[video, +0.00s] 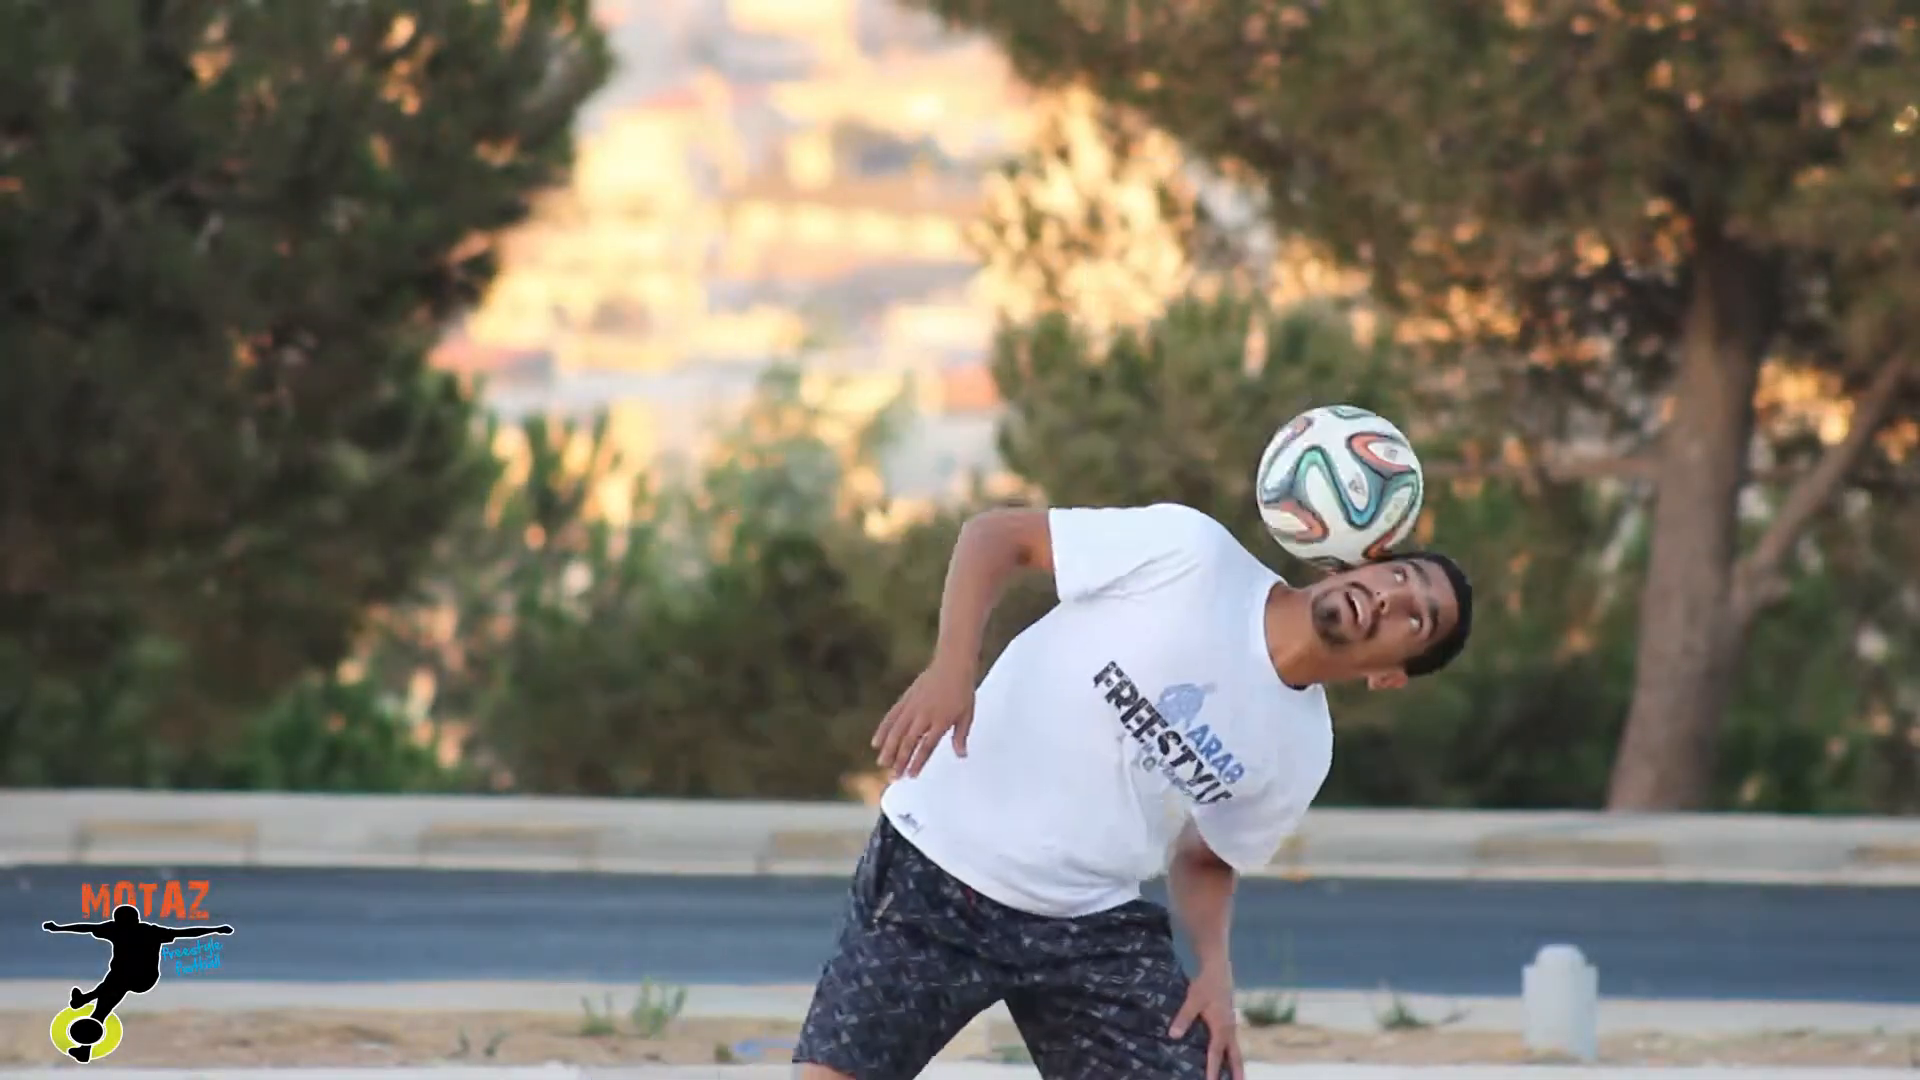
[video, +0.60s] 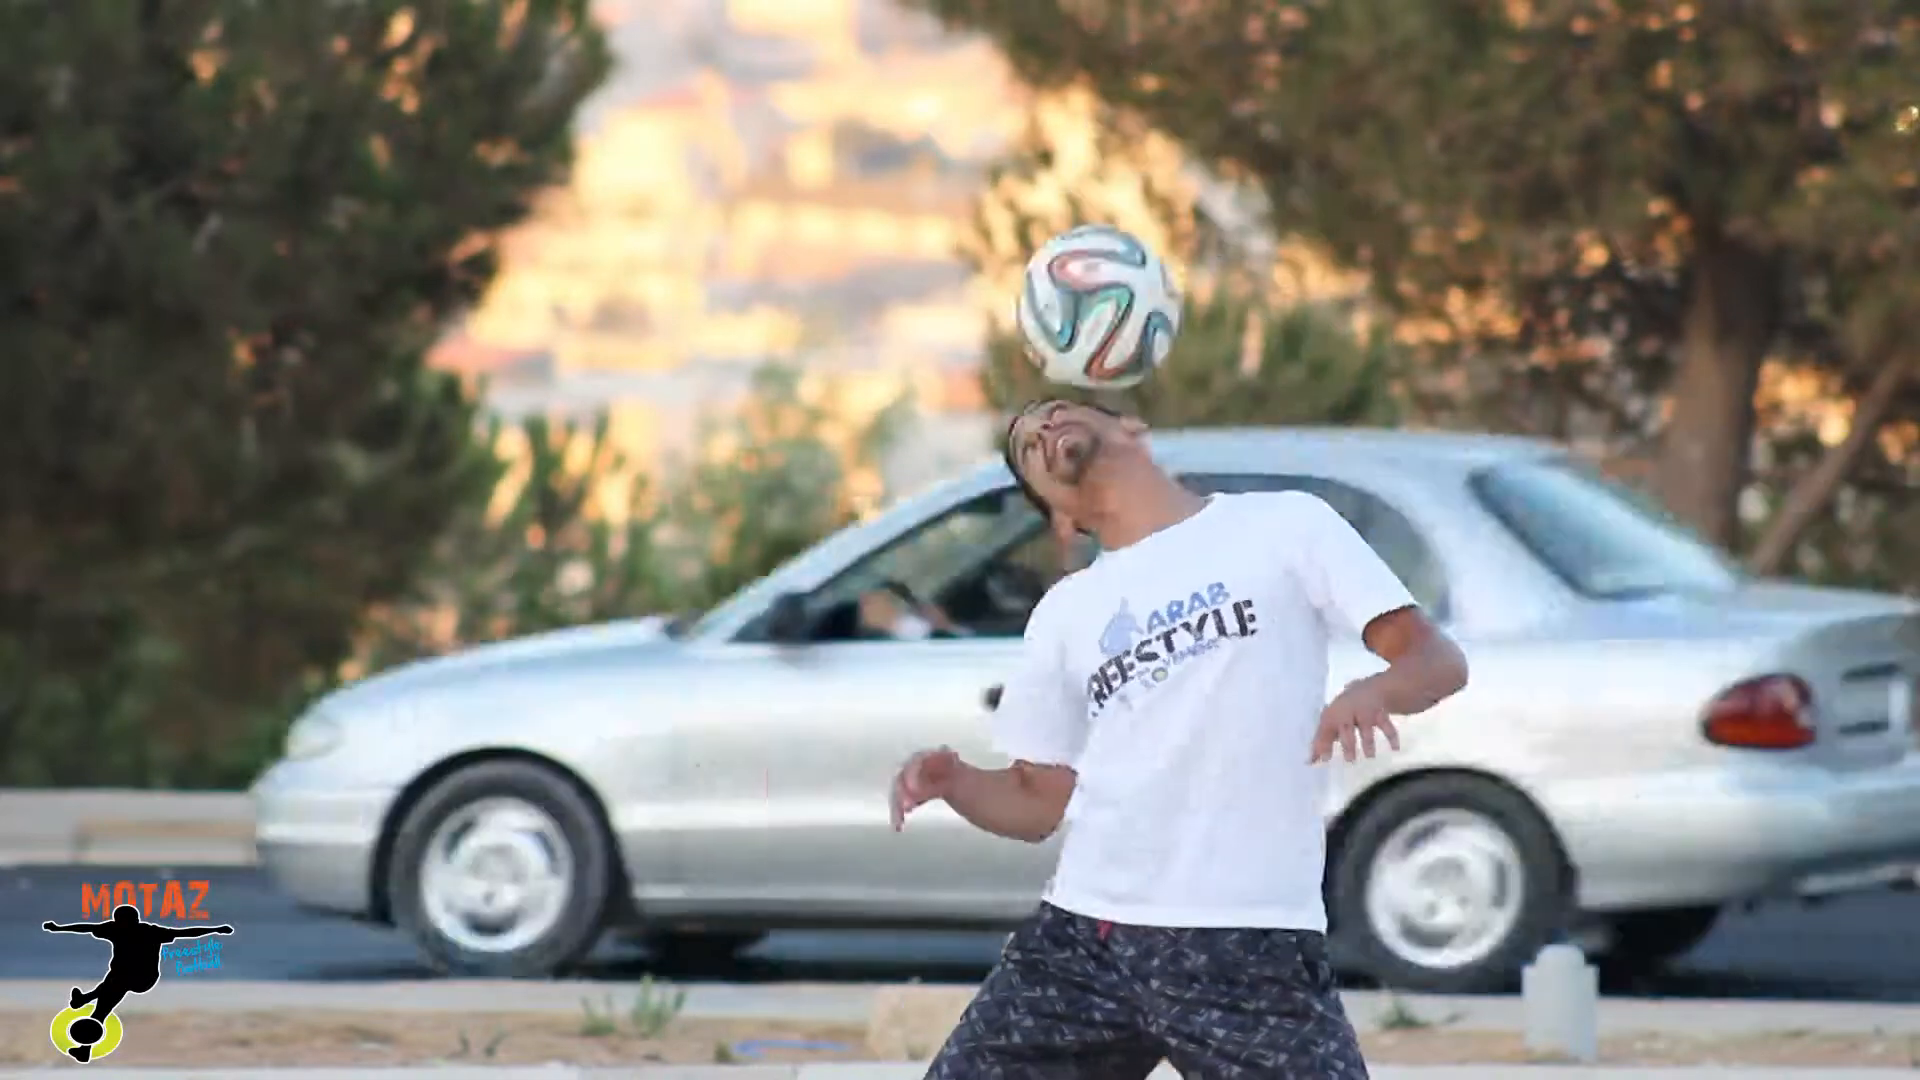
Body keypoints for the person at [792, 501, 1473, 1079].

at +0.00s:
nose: (1385, 593)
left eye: (1413, 617)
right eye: (1396, 570)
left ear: (1386, 677)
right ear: (1354, 560)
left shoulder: (1301, 753)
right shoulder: (1186, 550)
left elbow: (1205, 860)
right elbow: (996, 533)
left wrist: (1214, 969)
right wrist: (951, 666)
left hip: (1090, 931)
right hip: (928, 885)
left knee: (1194, 1070)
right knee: (829, 1071)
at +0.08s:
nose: (1400, 540)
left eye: (1427, 565)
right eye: (1409, 521)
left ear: (1398, 623)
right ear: (1359, 515)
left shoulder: (1324, 715)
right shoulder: (1192, 507)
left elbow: (1251, 844)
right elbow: (1001, 514)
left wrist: (1249, 960)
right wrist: (978, 639)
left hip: (1123, 910)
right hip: (959, 862)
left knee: (1223, 1072)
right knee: (844, 1066)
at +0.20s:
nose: (1314, 357)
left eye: (1352, 361)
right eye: (1307, 346)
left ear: (1371, 435)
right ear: (1271, 382)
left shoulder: (1350, 602)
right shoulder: (1142, 447)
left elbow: (1350, 791)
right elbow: (965, 521)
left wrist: (1313, 917)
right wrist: (998, 561)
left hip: (1183, 892)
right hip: (1011, 857)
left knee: (1276, 1070)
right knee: (906, 1068)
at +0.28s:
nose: (1256, 332)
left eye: (1293, 330)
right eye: (1248, 327)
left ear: (1329, 400)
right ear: (1222, 372)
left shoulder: (1354, 569)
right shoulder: (1113, 471)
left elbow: (1391, 767)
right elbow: (951, 584)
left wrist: (1334, 872)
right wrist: (989, 571)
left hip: (1220, 917)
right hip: (1043, 890)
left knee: (1292, 1073)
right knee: (943, 1070)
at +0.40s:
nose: (1162, 328)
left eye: (1194, 317)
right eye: (1148, 326)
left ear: (1245, 373)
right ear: (1132, 384)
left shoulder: (1317, 520)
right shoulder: (1065, 509)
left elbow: (1418, 691)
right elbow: (962, 696)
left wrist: (1353, 746)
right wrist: (956, 639)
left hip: (1243, 913)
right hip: (1068, 902)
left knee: (1321, 1070)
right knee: (979, 1071)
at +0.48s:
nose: (1124, 337)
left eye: (1152, 330)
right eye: (1105, 343)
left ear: (1205, 385)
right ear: (1098, 413)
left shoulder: (1293, 514)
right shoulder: (1048, 534)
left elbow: (1419, 666)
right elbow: (966, 726)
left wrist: (1354, 705)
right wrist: (937, 686)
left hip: (1238, 922)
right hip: (1063, 916)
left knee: (1330, 1071)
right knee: (963, 1072)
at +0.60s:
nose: (1046, 433)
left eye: (1061, 416)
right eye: (1029, 450)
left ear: (1134, 430)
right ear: (1064, 514)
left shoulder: (1286, 522)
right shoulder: (1065, 612)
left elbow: (1439, 659)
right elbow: (1037, 805)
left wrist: (1377, 689)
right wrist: (955, 779)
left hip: (1250, 960)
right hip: (1076, 953)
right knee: (958, 1070)